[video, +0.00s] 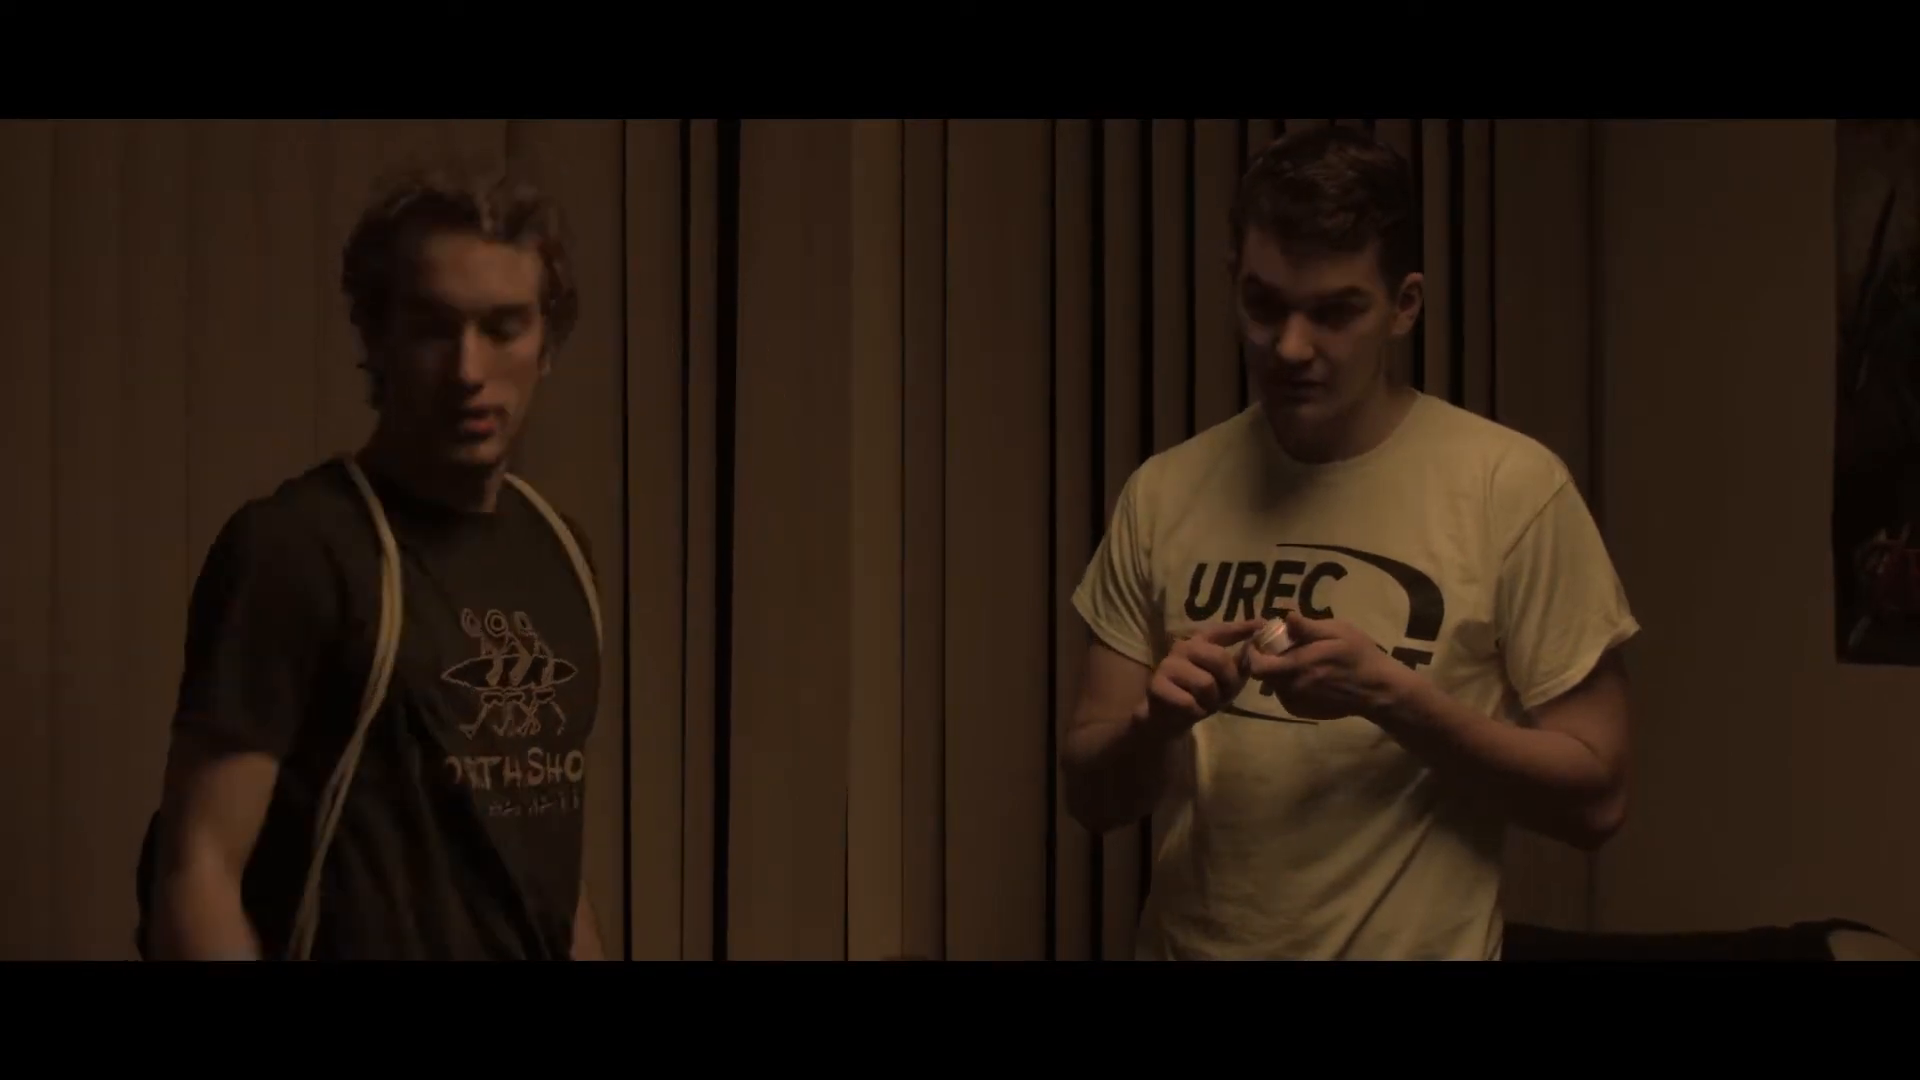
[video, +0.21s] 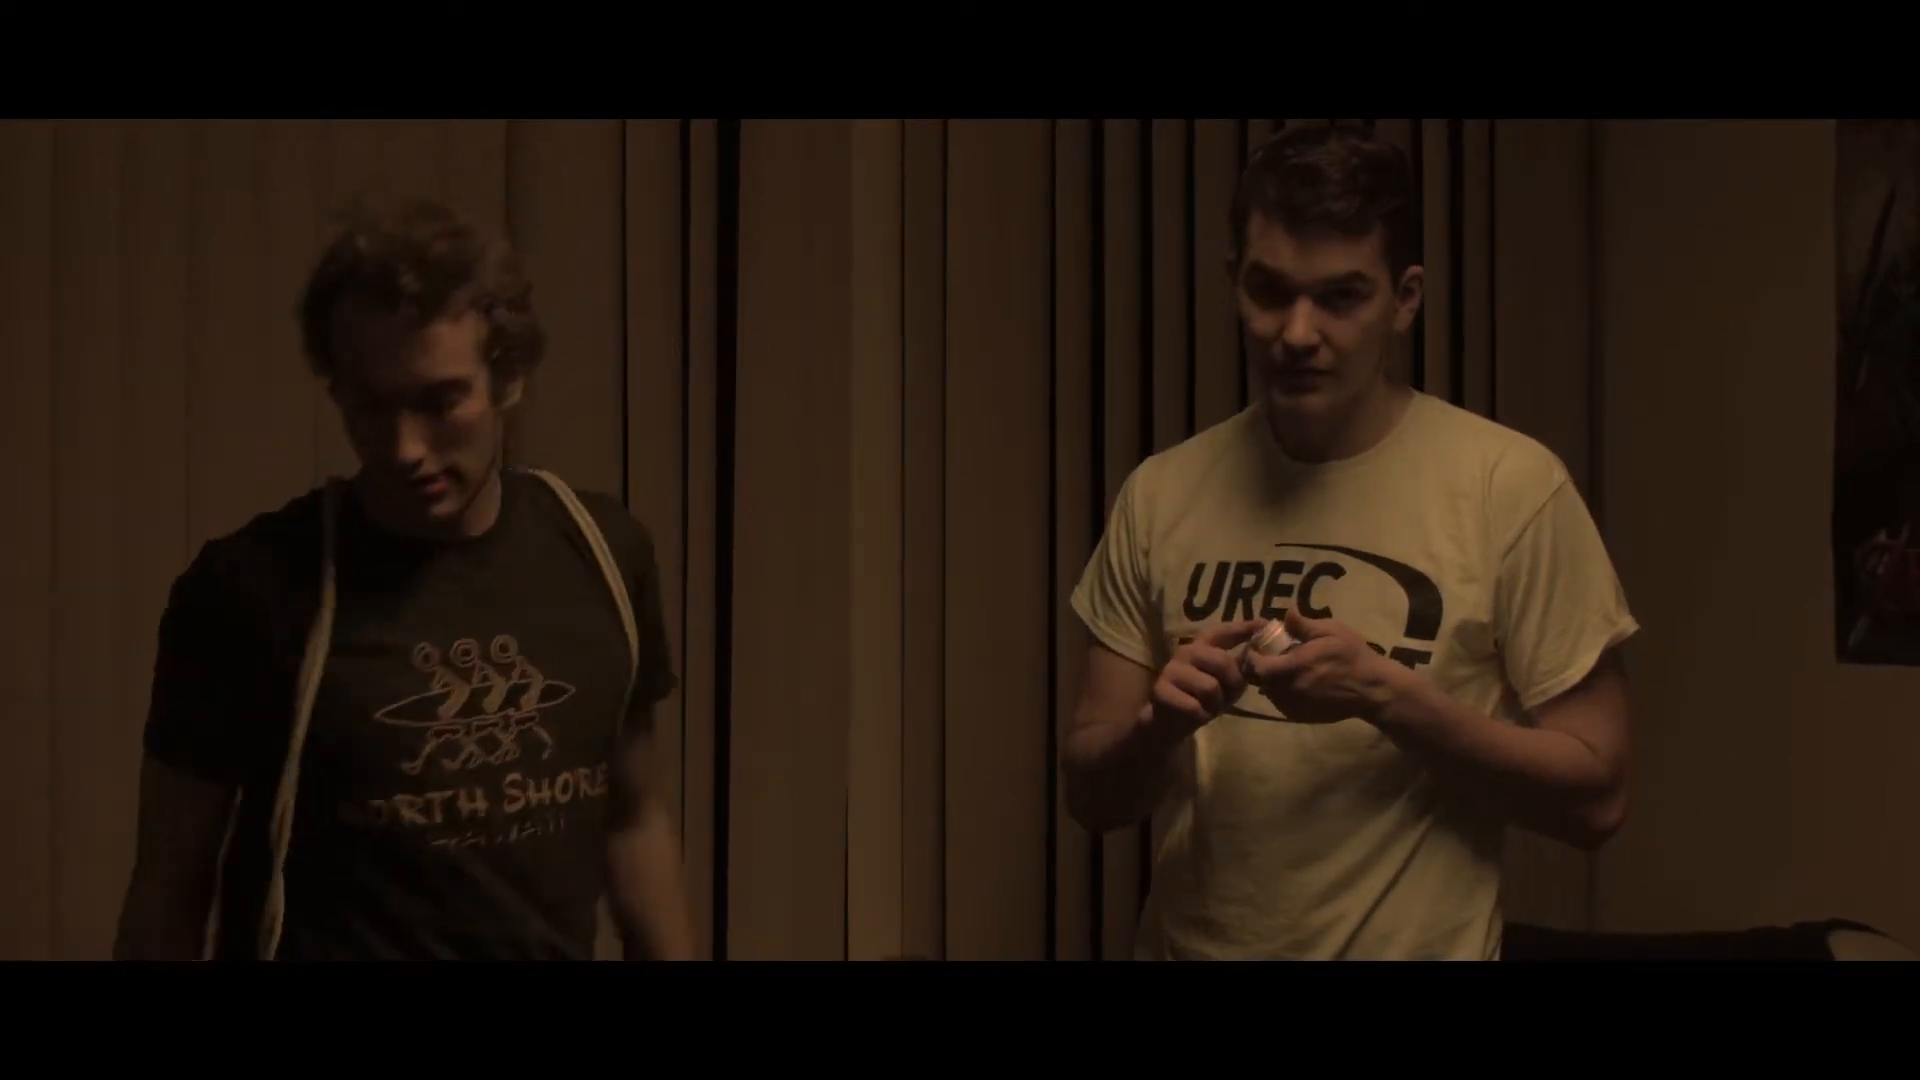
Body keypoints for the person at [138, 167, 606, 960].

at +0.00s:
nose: (470, 371)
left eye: (503, 327)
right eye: (432, 327)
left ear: (546, 340)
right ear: (372, 340)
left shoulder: (555, 546)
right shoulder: (288, 549)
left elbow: (540, 848)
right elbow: (197, 869)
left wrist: (584, 946)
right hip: (349, 943)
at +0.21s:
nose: (408, 449)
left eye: (441, 400)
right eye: (372, 407)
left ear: (509, 383)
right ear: (337, 398)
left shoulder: (606, 553)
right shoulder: (247, 589)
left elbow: (635, 813)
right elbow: (172, 881)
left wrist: (673, 949)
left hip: (553, 945)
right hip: (326, 949)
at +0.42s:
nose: (337, 463)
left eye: (372, 420)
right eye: (311, 424)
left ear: (467, 395)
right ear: (289, 409)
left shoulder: (620, 556)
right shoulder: (239, 590)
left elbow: (726, 831)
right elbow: (190, 867)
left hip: (560, 948)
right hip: (330, 952)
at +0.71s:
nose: (286, 488)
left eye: (317, 445)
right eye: (262, 450)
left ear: (413, 410)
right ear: (241, 431)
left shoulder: (595, 539)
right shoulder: (223, 596)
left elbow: (721, 780)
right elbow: (208, 845)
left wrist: (763, 947)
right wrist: (170, 908)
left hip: (567, 945)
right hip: (341, 955)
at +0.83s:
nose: (326, 432)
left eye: (359, 383)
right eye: (294, 393)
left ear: (444, 377)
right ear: (271, 401)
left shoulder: (593, 539)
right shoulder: (223, 584)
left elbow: (695, 781)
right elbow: (181, 876)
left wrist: (726, 956)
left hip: (557, 952)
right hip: (338, 959)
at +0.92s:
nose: (357, 397)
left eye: (393, 352)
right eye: (326, 362)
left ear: (465, 365)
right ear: (295, 381)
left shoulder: (588, 541)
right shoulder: (223, 581)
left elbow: (671, 796)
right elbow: (168, 877)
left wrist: (714, 953)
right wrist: (374, 863)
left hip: (546, 951)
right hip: (332, 963)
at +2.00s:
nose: (426, 434)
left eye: (462, 393)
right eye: (395, 397)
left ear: (522, 411)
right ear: (361, 413)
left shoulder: (589, 607)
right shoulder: (260, 600)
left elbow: (629, 883)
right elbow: (183, 883)